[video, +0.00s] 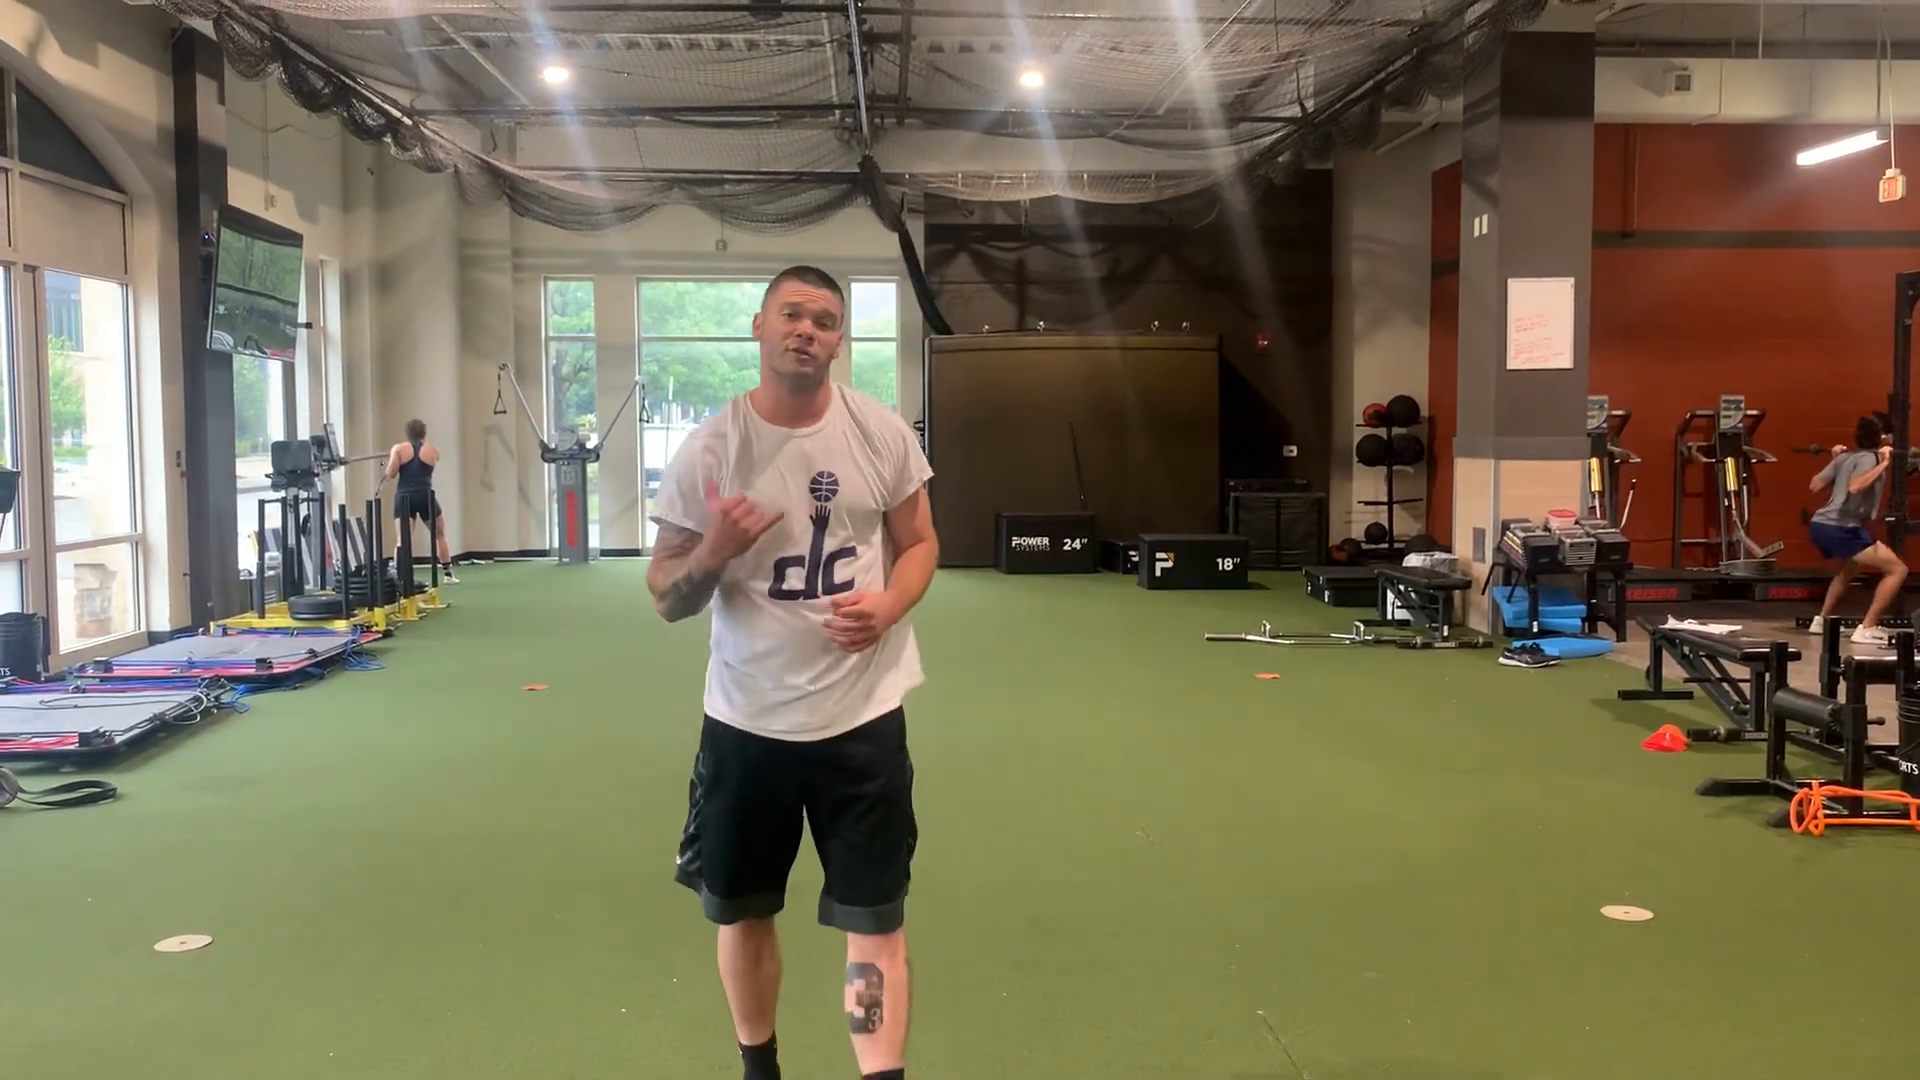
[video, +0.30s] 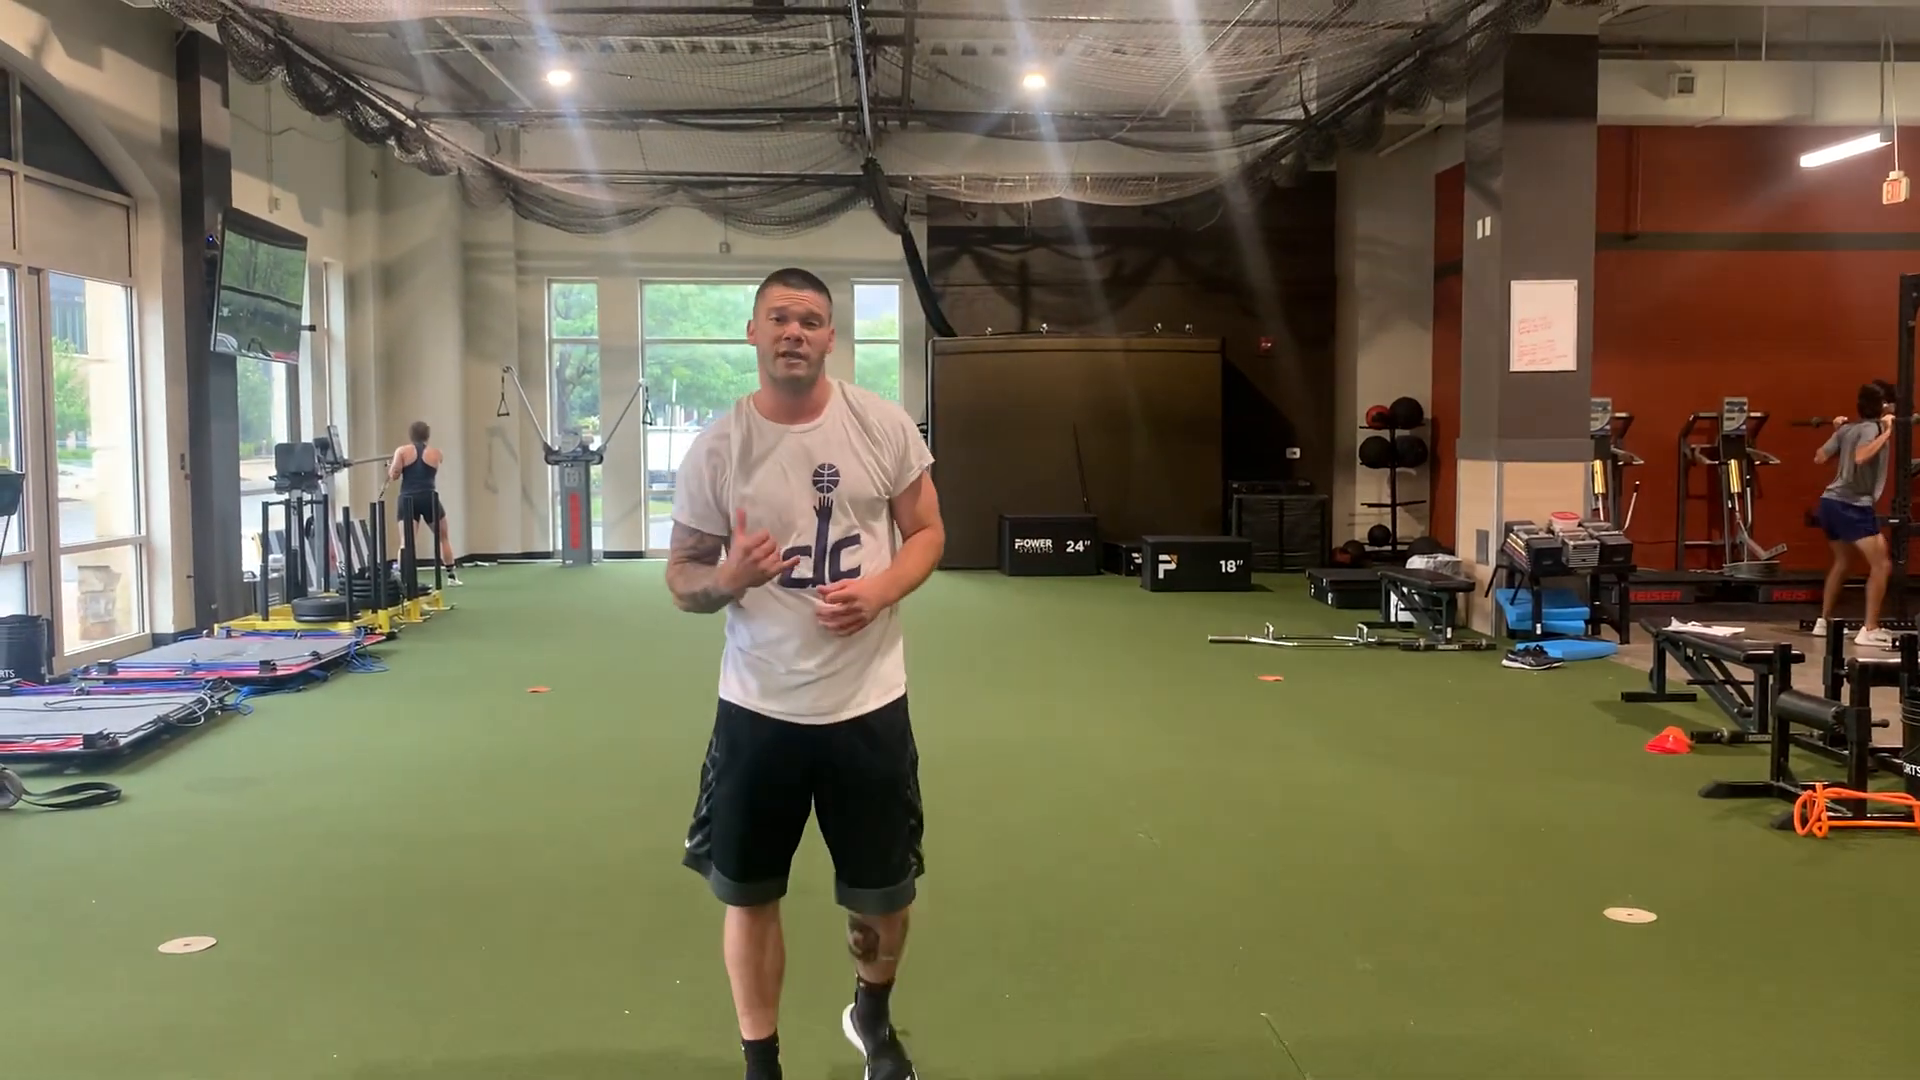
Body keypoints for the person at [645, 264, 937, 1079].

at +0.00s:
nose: (807, 328)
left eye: (825, 320)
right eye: (792, 313)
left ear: (843, 344)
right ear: (758, 328)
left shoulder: (884, 434)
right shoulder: (709, 448)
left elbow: (919, 543)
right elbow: (667, 598)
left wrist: (890, 605)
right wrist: (713, 551)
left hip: (864, 713)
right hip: (750, 717)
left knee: (875, 914)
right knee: (743, 908)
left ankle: (883, 1079)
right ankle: (759, 1070)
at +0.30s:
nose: (794, 331)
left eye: (810, 320)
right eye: (778, 318)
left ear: (832, 339)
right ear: (751, 334)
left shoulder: (884, 426)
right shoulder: (717, 447)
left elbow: (928, 534)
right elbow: (683, 582)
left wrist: (881, 589)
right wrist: (726, 578)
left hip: (868, 702)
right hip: (760, 708)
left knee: (885, 889)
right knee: (750, 894)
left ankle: (873, 1020)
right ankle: (761, 1066)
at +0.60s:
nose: (864, 335)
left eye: (880, 328)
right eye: (851, 321)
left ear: (897, 351)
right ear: (820, 336)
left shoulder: (931, 435)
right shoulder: (772, 439)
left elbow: (968, 548)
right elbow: (730, 563)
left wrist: (932, 605)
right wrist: (779, 558)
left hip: (893, 692)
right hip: (790, 691)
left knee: (891, 874)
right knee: (774, 874)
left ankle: (874, 1029)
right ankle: (765, 1063)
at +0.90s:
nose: (911, 342)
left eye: (927, 336)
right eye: (900, 326)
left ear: (939, 358)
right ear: (868, 335)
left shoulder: (957, 449)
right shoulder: (802, 430)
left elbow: (979, 566)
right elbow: (748, 536)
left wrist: (998, 678)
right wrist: (820, 553)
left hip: (900, 684)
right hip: (799, 676)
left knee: (893, 857)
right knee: (783, 851)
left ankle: (877, 1024)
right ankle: (809, 980)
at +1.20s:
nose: (909, 341)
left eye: (923, 335)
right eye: (898, 325)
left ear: (934, 356)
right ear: (866, 334)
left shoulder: (948, 441)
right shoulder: (804, 427)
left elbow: (966, 554)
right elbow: (755, 535)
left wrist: (984, 660)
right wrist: (836, 542)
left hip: (913, 672)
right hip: (819, 674)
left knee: (905, 840)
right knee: (834, 838)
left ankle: (881, 1015)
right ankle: (861, 964)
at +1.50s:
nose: (878, 349)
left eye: (891, 339)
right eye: (864, 336)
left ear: (907, 350)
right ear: (837, 344)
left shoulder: (944, 429)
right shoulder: (798, 443)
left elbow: (981, 530)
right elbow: (768, 554)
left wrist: (992, 619)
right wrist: (831, 562)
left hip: (920, 663)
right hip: (830, 669)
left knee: (908, 830)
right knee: (843, 824)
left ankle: (887, 1007)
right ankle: (868, 964)